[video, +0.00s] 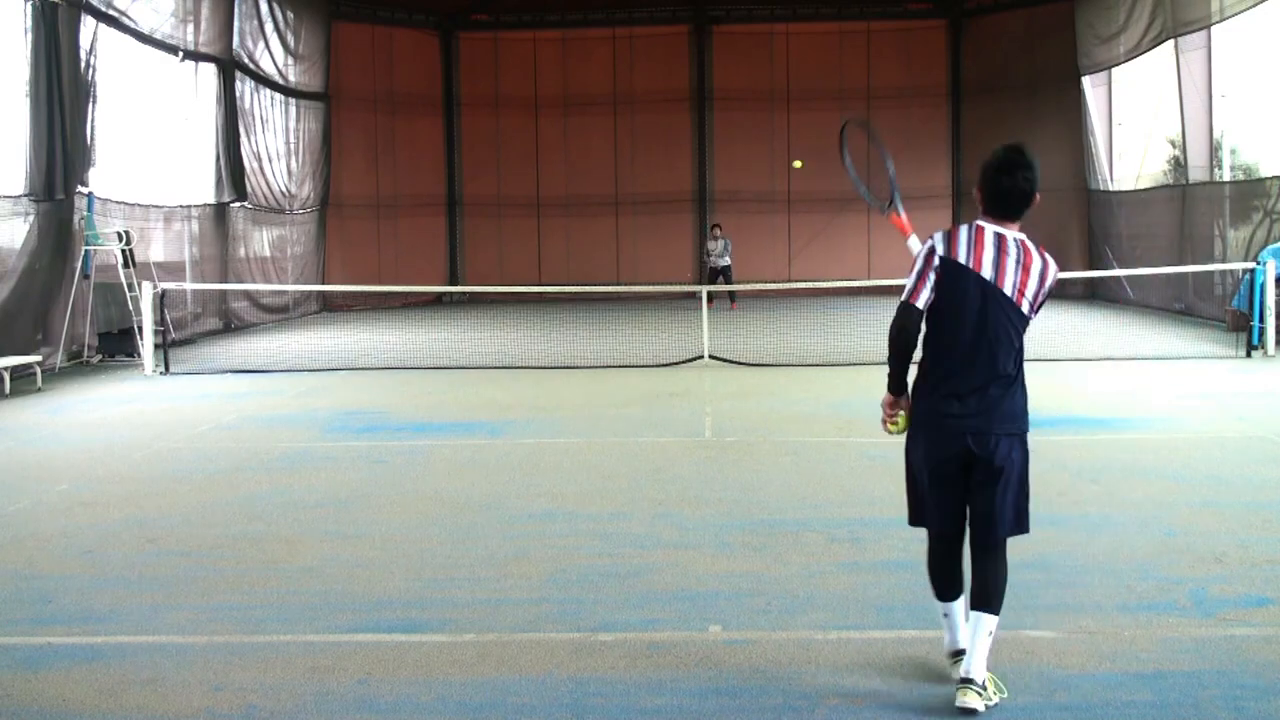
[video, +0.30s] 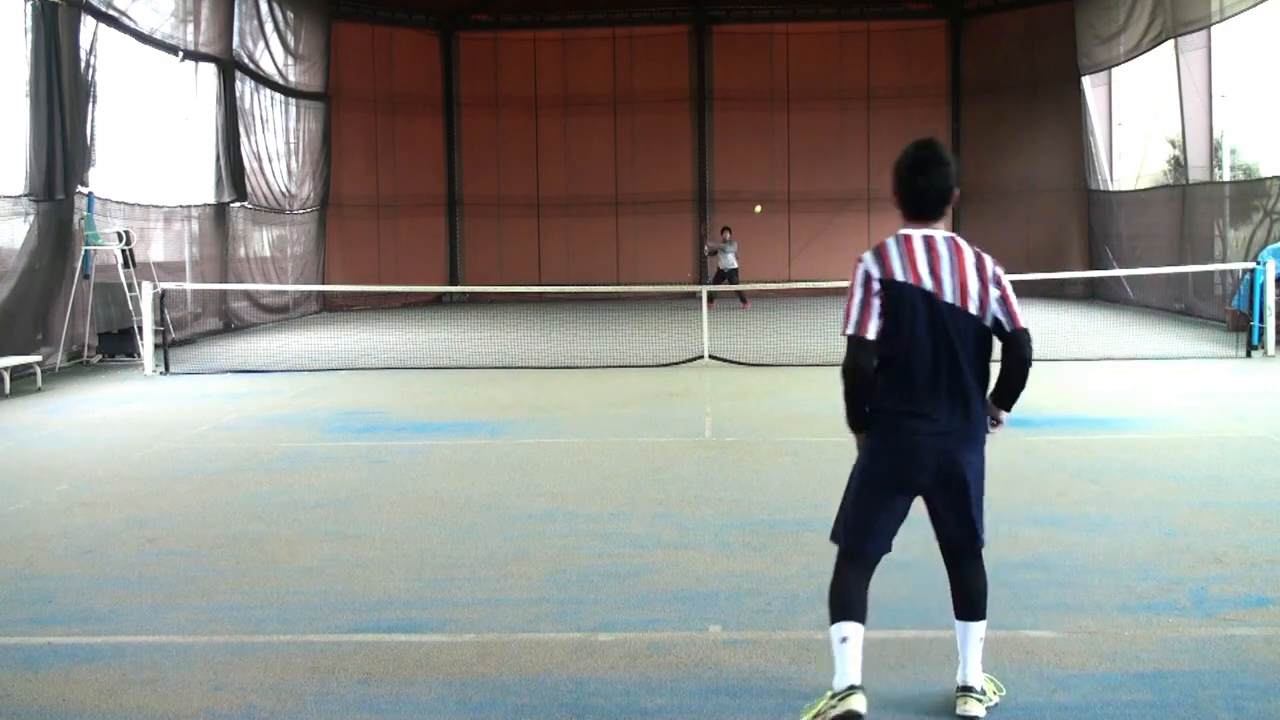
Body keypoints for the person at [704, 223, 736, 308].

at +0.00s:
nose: (716, 232)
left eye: (718, 230)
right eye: (714, 230)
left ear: (720, 231)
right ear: (712, 232)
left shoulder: (726, 242)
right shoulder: (708, 243)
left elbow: (726, 253)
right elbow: (705, 255)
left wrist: (716, 256)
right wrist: (710, 261)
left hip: (724, 265)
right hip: (713, 266)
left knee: (729, 283)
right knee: (710, 284)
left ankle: (733, 302)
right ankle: (710, 302)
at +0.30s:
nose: (725, 236)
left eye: (727, 234)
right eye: (724, 234)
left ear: (730, 235)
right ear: (722, 235)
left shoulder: (733, 244)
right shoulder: (721, 245)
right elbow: (715, 252)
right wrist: (708, 252)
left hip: (732, 268)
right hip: (721, 268)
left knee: (736, 286)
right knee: (713, 286)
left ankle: (745, 302)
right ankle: (710, 302)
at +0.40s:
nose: (730, 235)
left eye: (731, 232)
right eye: (728, 233)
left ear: (734, 234)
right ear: (726, 234)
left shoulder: (737, 242)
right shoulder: (725, 245)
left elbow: (734, 248)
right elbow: (718, 250)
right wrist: (709, 251)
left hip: (737, 267)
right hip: (727, 267)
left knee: (740, 285)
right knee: (720, 285)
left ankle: (745, 302)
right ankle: (714, 301)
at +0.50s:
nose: (732, 233)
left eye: (733, 231)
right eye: (730, 231)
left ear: (737, 232)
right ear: (728, 232)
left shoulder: (740, 241)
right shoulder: (729, 242)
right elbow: (722, 248)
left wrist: (715, 245)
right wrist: (711, 249)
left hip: (742, 264)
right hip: (732, 265)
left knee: (742, 284)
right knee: (727, 283)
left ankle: (746, 302)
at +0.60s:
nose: (733, 232)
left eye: (735, 229)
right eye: (732, 230)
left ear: (738, 230)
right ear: (730, 231)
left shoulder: (742, 240)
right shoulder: (731, 242)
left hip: (746, 262)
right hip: (737, 264)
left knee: (743, 283)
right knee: (734, 283)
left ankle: (745, 301)